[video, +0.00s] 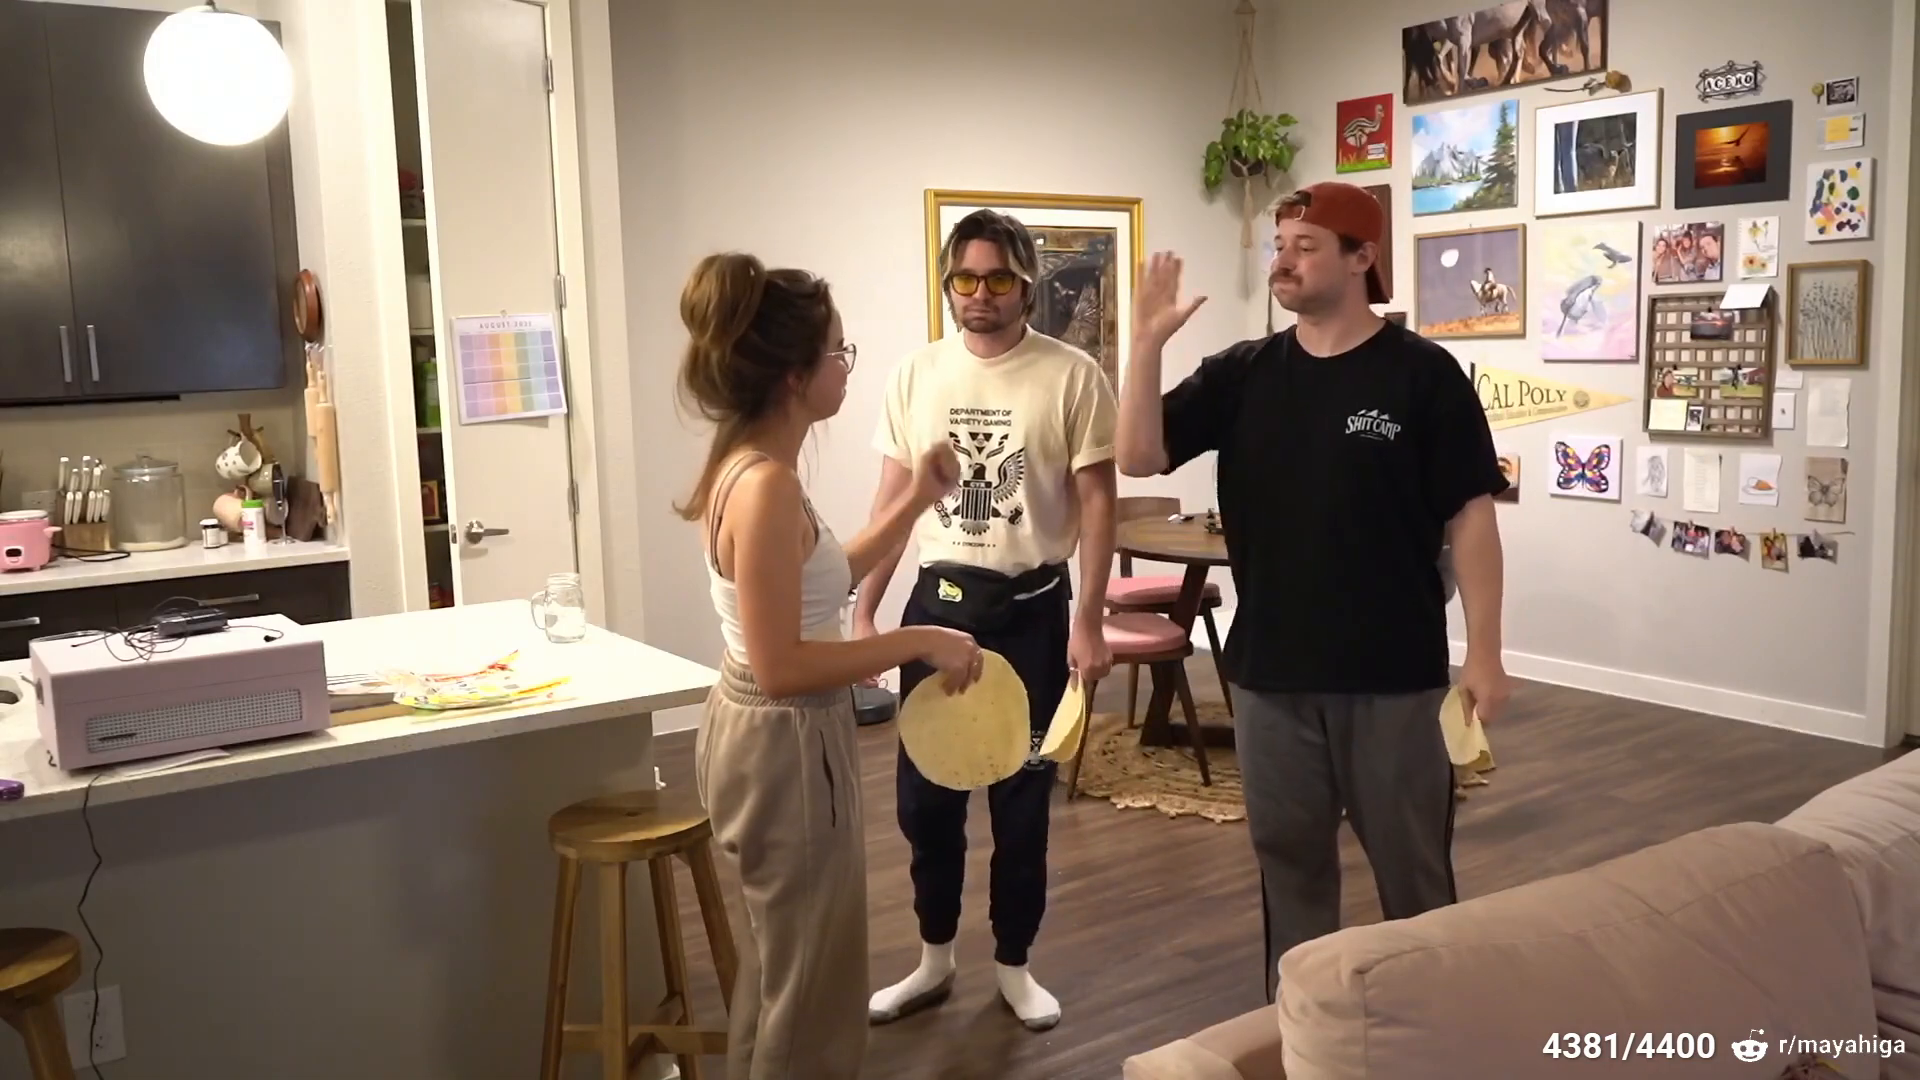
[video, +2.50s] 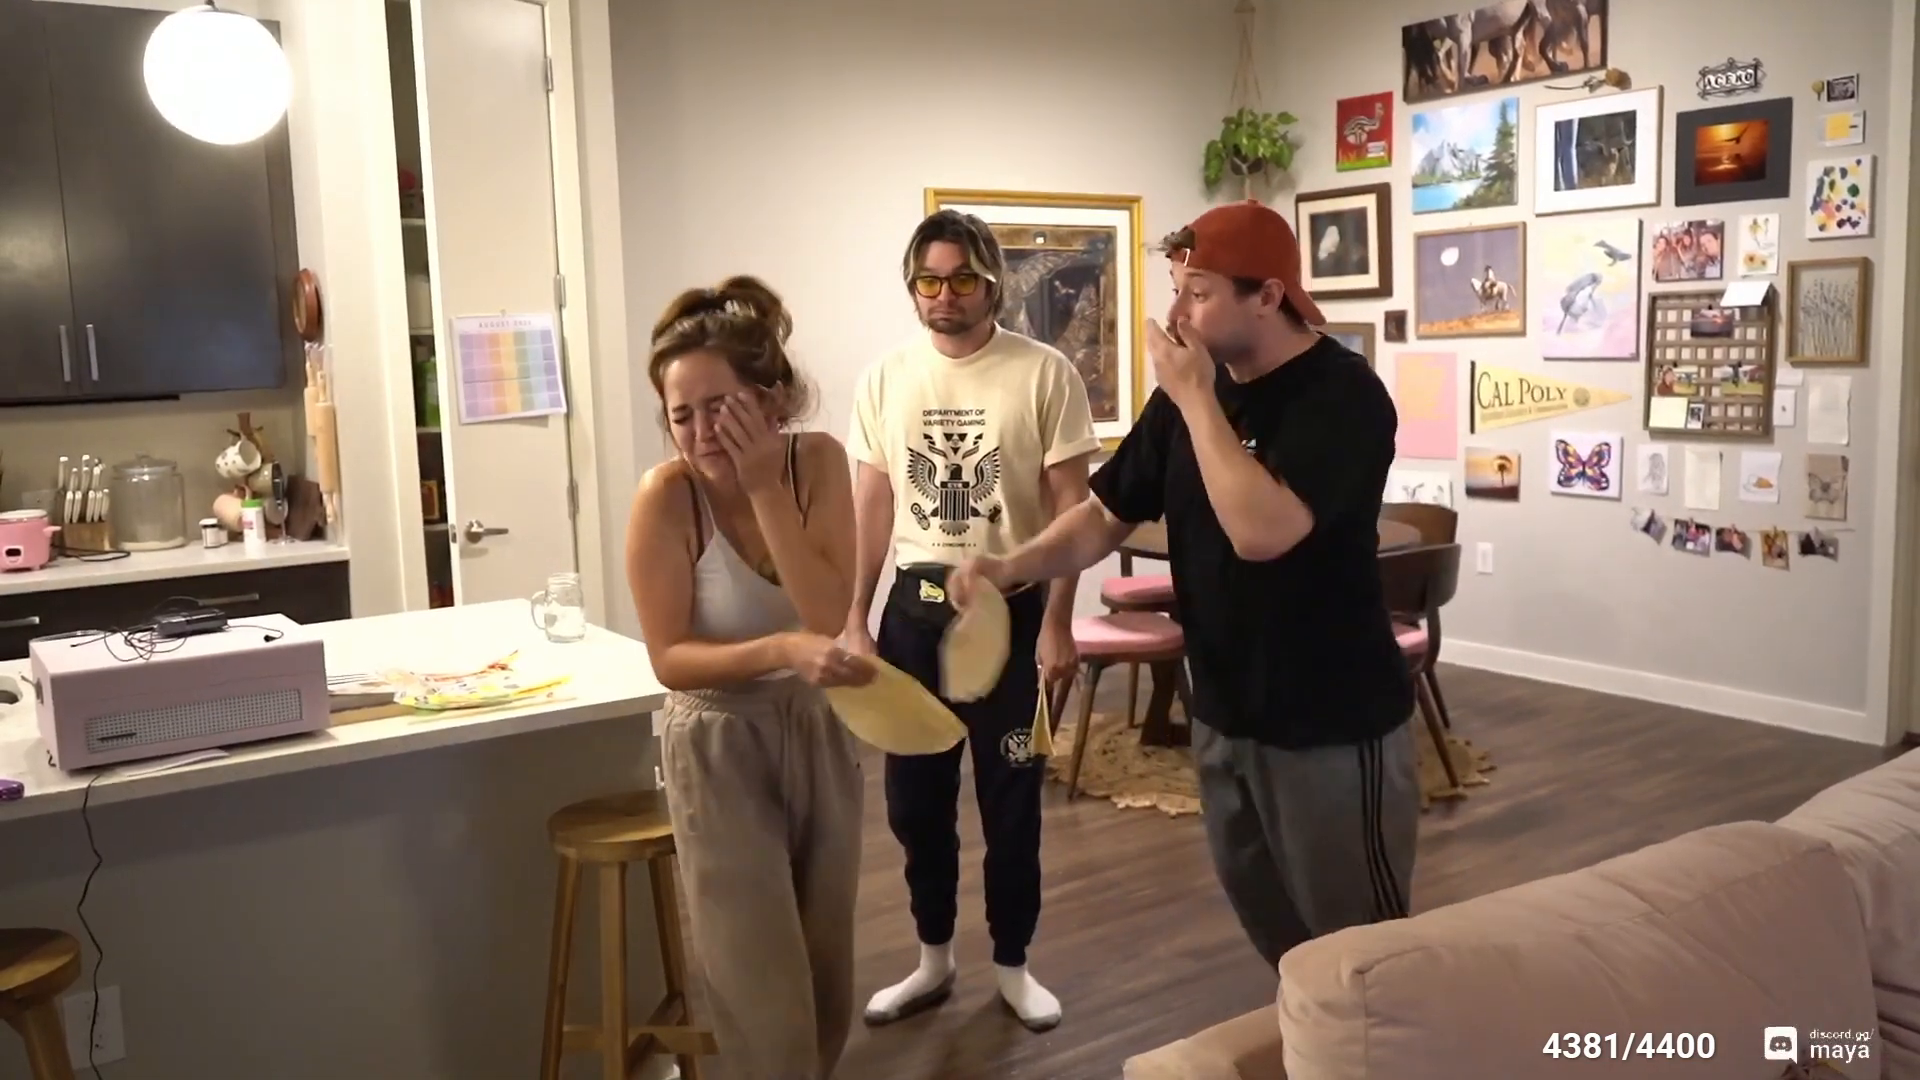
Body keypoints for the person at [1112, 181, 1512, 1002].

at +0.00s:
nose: (1284, 258)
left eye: (1305, 246)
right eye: (1280, 246)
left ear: (1360, 261)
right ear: (1275, 260)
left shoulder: (1424, 373)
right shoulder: (1244, 373)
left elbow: (1472, 514)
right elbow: (1141, 457)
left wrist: (1484, 655)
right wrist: (1144, 343)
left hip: (1393, 680)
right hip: (1272, 679)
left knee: (1414, 880)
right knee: (1289, 874)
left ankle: (1437, 1034)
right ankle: (1297, 1035)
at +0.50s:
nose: (1285, 262)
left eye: (1306, 249)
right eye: (1280, 250)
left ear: (1361, 262)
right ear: (1275, 261)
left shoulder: (1428, 374)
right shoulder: (1240, 376)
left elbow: (1475, 518)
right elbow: (1136, 437)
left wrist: (1491, 653)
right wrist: (1051, 441)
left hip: (1397, 680)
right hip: (1274, 681)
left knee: (1422, 881)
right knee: (1290, 877)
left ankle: (1445, 1034)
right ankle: (1298, 1037)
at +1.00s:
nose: (1234, 263)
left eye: (1256, 248)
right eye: (1230, 250)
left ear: (1311, 261)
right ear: (1228, 264)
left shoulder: (1371, 372)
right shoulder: (1205, 382)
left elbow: (1388, 521)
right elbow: (1175, 508)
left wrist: (1242, 528)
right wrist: (1170, 534)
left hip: (1354, 675)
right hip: (1237, 674)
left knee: (1375, 865)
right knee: (1265, 870)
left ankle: (1406, 1019)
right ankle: (1294, 1026)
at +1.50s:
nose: (1195, 289)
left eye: (1214, 272)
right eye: (1193, 275)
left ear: (1273, 278)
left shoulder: (1272, 364)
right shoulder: (1262, 367)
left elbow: (1153, 471)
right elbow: (1186, 531)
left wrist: (1043, 454)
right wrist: (1091, 474)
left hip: (1288, 689)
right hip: (1274, 684)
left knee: (1262, 908)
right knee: (1267, 904)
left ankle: (1274, 1070)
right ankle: (1278, 1066)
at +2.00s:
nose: (1138, 309)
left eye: (1154, 288)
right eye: (1136, 291)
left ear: (1221, 285)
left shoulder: (1343, 400)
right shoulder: (1152, 417)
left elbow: (1458, 530)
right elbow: (1098, 535)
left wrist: (1310, 552)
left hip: (1315, 741)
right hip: (1196, 733)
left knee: (1282, 969)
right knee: (1236, 931)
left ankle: (1319, 1067)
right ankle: (1304, 1042)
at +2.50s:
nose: (1178, 314)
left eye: (1198, 294)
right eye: (1179, 293)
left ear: (1267, 297)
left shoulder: (1347, 395)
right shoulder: (1192, 396)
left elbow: (1264, 528)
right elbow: (1105, 514)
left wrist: (1194, 400)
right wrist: (1010, 568)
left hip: (1334, 730)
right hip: (1225, 722)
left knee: (1359, 951)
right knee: (1282, 940)